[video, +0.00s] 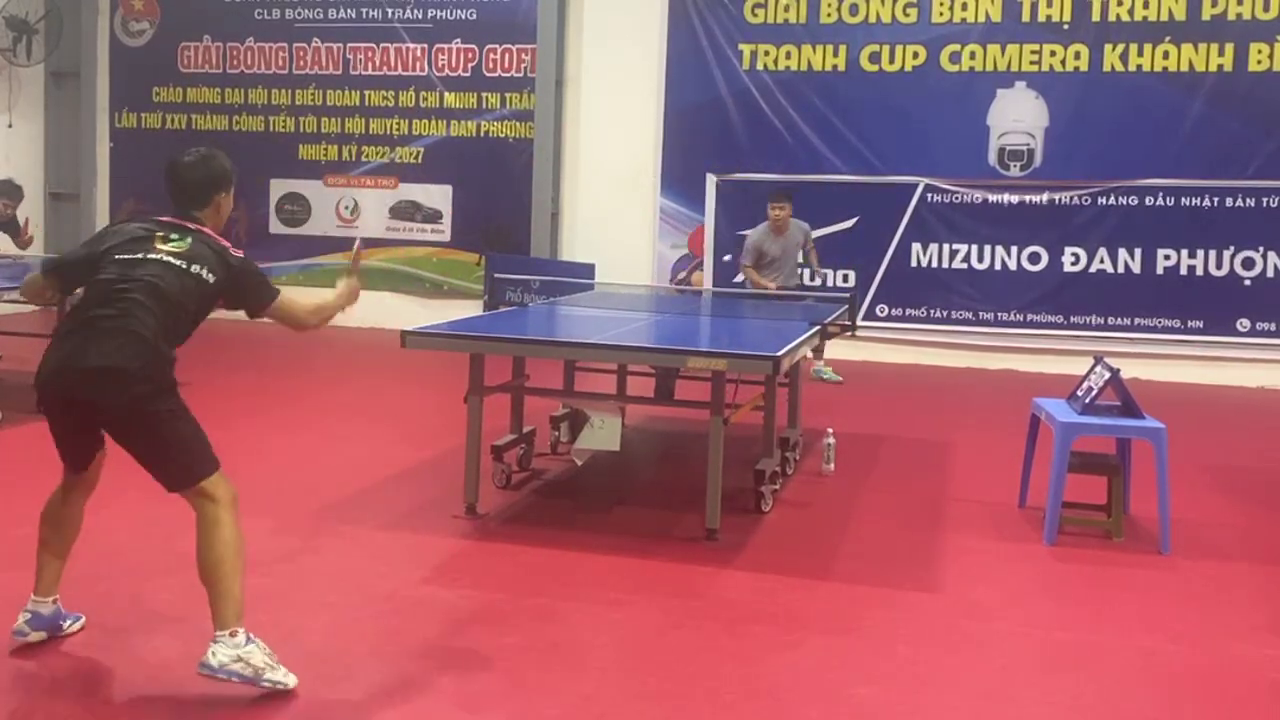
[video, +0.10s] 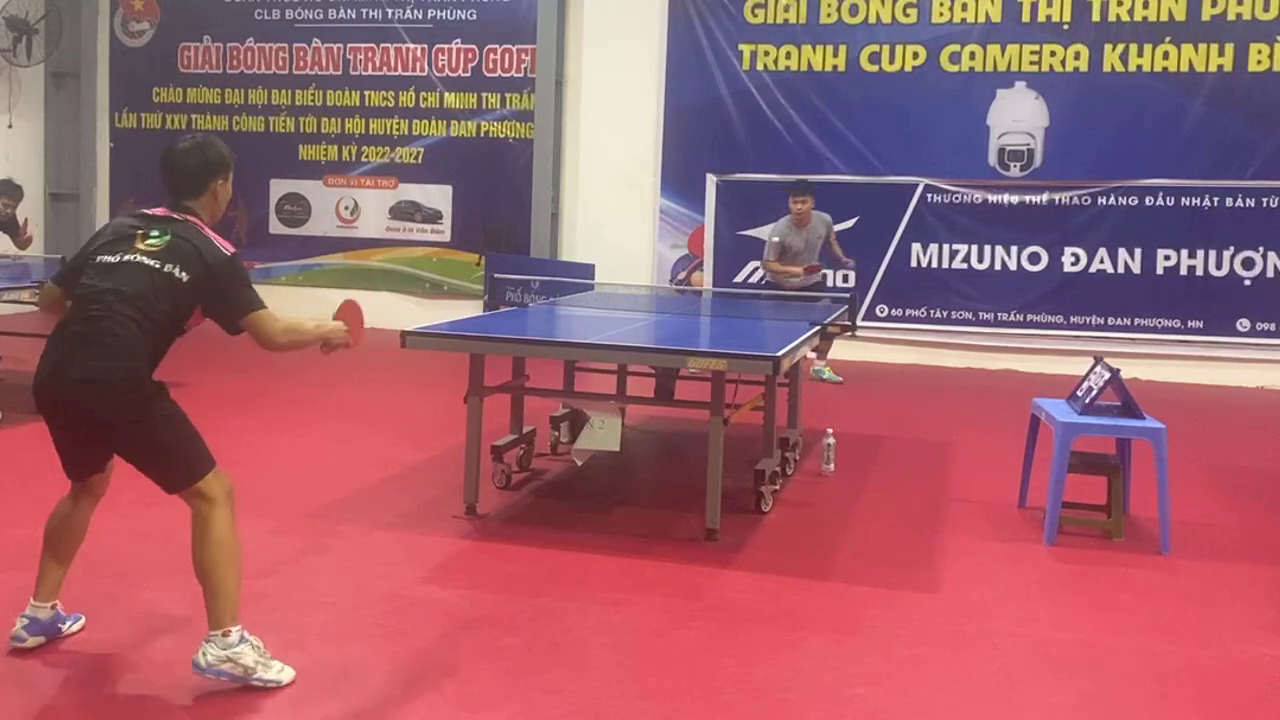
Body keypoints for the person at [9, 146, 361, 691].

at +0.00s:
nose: (233, 204)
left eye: (232, 196)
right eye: (231, 196)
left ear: (173, 197)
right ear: (220, 201)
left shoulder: (120, 232)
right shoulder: (223, 258)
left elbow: (36, 287)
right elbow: (303, 316)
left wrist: (53, 294)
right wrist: (345, 291)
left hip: (60, 372)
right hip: (130, 375)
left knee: (78, 474)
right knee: (215, 497)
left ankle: (40, 607)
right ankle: (229, 640)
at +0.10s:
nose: (231, 193)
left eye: (230, 183)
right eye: (229, 183)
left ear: (170, 185)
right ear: (216, 187)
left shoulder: (116, 227)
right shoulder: (211, 251)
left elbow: (51, 299)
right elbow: (271, 332)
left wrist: (101, 323)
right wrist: (327, 329)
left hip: (56, 379)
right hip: (120, 385)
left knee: (86, 485)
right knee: (212, 495)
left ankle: (39, 612)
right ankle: (224, 640)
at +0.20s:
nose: (241, 179)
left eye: (240, 168)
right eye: (240, 169)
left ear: (184, 170)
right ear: (224, 174)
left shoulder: (133, 210)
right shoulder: (209, 238)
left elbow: (106, 285)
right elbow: (229, 335)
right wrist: (305, 352)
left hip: (54, 364)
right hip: (113, 369)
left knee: (96, 460)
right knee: (206, 487)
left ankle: (40, 583)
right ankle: (224, 635)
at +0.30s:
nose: (250, 191)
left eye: (251, 181)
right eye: (249, 181)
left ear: (193, 180)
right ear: (232, 183)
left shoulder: (151, 224)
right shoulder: (201, 251)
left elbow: (145, 315)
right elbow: (192, 356)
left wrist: (223, 339)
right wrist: (268, 392)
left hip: (65, 380)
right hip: (119, 392)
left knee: (100, 481)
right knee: (215, 503)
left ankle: (20, 588)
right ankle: (194, 654)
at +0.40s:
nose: (255, 207)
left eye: (256, 195)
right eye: (254, 195)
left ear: (202, 196)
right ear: (236, 200)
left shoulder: (173, 242)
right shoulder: (183, 267)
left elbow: (192, 336)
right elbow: (141, 372)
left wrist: (271, 349)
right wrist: (212, 433)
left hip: (70, 393)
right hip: (108, 402)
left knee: (102, 495)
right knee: (201, 512)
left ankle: (13, 589)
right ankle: (185, 667)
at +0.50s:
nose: (262, 222)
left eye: (263, 211)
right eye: (259, 210)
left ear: (222, 212)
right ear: (232, 213)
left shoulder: (212, 265)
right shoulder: (149, 279)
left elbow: (232, 347)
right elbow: (83, 363)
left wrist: (297, 360)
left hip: (119, 397)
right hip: (80, 397)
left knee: (110, 490)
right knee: (179, 504)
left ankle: (10, 568)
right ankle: (153, 661)